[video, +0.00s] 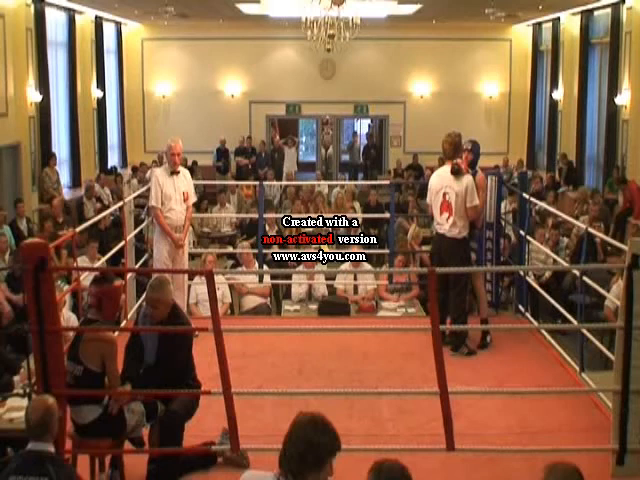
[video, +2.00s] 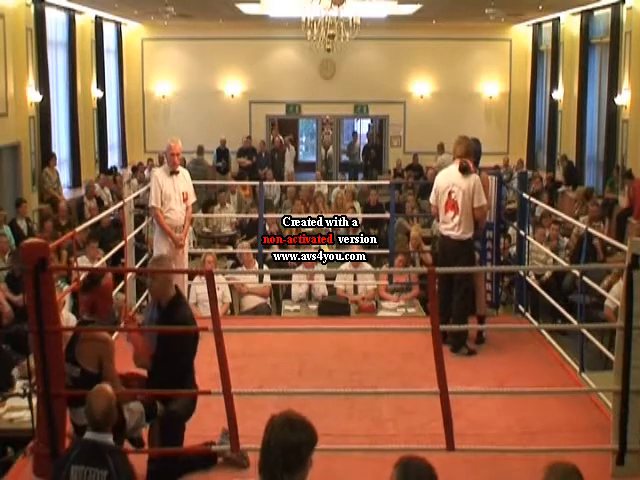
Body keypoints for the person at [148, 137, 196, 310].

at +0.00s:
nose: (176, 159)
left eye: (179, 155)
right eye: (172, 155)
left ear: (182, 155)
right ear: (166, 156)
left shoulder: (185, 174)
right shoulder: (157, 174)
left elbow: (190, 204)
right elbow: (154, 208)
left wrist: (184, 233)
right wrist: (172, 234)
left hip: (182, 227)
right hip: (164, 227)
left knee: (181, 270)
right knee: (162, 269)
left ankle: (181, 310)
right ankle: (162, 310)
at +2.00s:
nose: (176, 159)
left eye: (178, 155)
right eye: (172, 155)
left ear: (181, 155)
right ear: (165, 156)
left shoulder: (184, 173)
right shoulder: (158, 174)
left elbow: (189, 205)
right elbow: (154, 208)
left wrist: (184, 233)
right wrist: (172, 235)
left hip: (182, 226)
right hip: (164, 225)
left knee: (182, 267)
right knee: (163, 266)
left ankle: (181, 301)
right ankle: (162, 304)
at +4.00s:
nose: (176, 158)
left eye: (178, 154)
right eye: (172, 154)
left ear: (182, 155)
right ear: (166, 155)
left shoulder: (185, 173)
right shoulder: (158, 175)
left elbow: (189, 204)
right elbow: (155, 208)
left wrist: (184, 233)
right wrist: (172, 234)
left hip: (182, 226)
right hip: (164, 226)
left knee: (181, 269)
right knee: (163, 267)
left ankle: (181, 303)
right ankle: (162, 305)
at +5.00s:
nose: (176, 159)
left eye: (179, 155)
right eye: (172, 155)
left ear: (182, 155)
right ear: (166, 156)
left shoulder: (185, 174)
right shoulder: (158, 174)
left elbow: (189, 204)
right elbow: (155, 209)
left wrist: (184, 233)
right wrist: (172, 235)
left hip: (182, 227)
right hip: (164, 226)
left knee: (181, 269)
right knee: (164, 268)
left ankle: (181, 304)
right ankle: (163, 306)